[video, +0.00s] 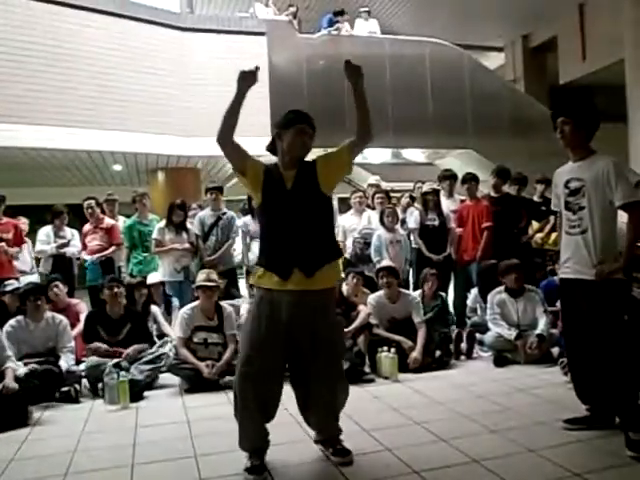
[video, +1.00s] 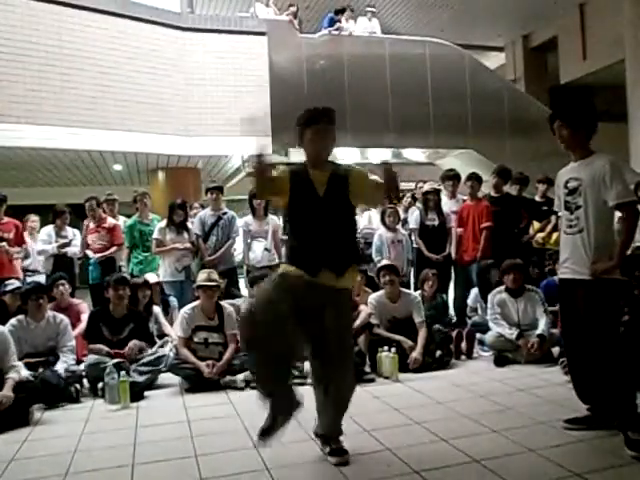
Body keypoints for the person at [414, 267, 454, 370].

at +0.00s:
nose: (430, 285)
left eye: (433, 282)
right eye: (427, 282)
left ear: (437, 284)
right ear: (423, 283)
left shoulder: (442, 298)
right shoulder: (416, 298)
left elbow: (448, 316)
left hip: (440, 330)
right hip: (424, 329)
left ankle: (445, 355)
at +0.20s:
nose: (431, 283)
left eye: (434, 281)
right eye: (428, 280)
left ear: (437, 283)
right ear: (423, 283)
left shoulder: (441, 299)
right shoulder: (417, 298)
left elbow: (439, 313)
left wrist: (422, 319)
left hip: (440, 328)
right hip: (424, 328)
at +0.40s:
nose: (431, 283)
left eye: (434, 280)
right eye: (428, 280)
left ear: (438, 283)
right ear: (423, 282)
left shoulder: (442, 299)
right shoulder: (417, 298)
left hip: (442, 329)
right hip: (425, 330)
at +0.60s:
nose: (431, 283)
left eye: (434, 280)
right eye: (428, 280)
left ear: (438, 284)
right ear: (423, 282)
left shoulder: (442, 301)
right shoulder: (417, 299)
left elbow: (447, 320)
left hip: (440, 332)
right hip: (423, 332)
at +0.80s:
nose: (431, 283)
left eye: (434, 280)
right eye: (428, 280)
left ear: (438, 283)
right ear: (423, 283)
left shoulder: (441, 299)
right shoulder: (417, 299)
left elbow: (448, 315)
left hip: (440, 327)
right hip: (424, 328)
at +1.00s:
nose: (431, 284)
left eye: (434, 281)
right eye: (428, 281)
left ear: (437, 284)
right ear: (422, 283)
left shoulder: (441, 299)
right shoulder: (416, 298)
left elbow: (445, 316)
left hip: (439, 328)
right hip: (423, 329)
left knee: (437, 329)